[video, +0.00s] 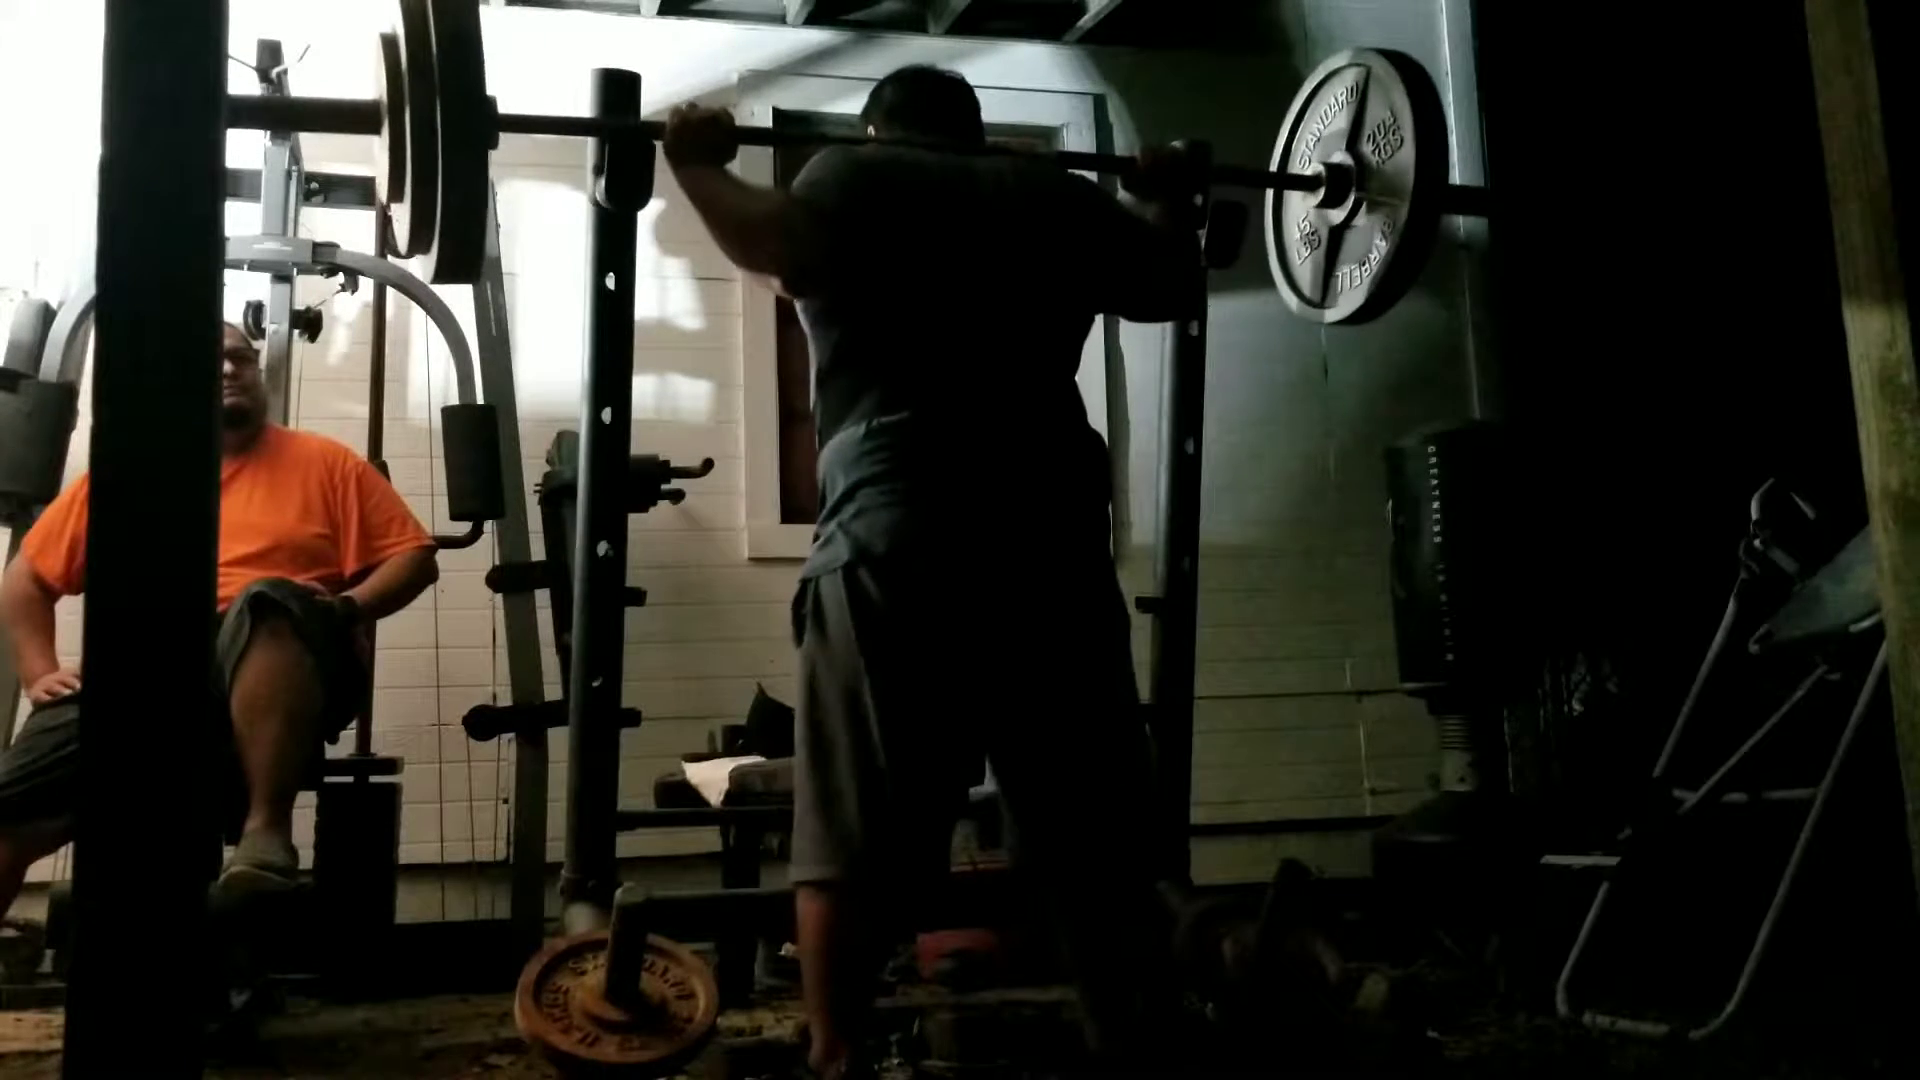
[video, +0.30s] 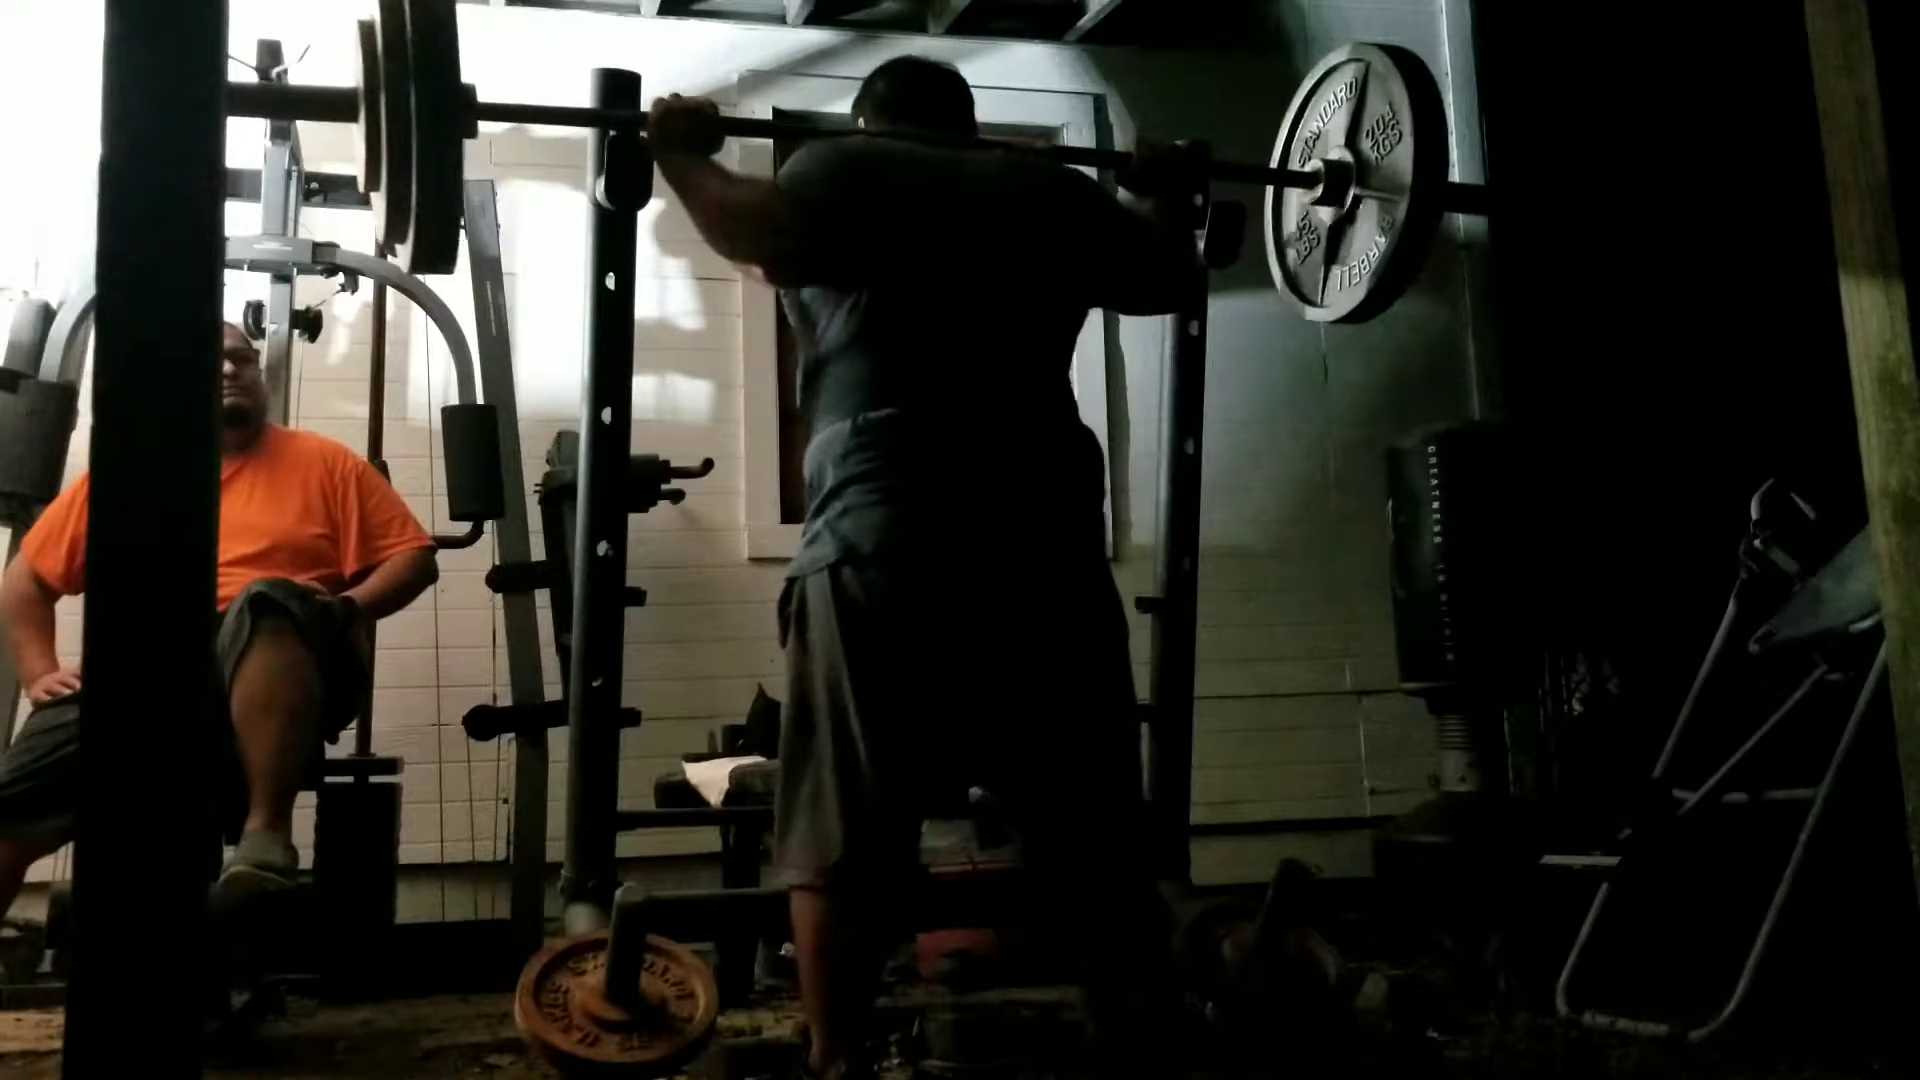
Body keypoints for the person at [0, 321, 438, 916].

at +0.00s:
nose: (230, 370)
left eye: (242, 358)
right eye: (213, 359)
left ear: (264, 375)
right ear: (186, 378)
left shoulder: (324, 463)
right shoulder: (131, 470)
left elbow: (415, 555)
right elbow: (25, 577)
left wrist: (351, 604)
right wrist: (39, 672)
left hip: (285, 667)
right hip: (146, 667)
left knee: (271, 604)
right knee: (11, 813)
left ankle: (267, 829)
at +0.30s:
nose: (230, 370)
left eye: (242, 358)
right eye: (213, 359)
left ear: (265, 377)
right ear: (186, 378)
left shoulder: (323, 463)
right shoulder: (130, 469)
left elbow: (414, 555)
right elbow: (25, 576)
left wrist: (352, 603)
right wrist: (39, 671)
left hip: (287, 667)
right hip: (146, 668)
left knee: (271, 604)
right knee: (13, 808)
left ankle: (266, 830)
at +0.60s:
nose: (231, 369)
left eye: (243, 358)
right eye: (214, 358)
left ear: (265, 378)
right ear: (186, 377)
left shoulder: (323, 463)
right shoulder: (131, 468)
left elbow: (414, 555)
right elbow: (25, 575)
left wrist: (350, 604)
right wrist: (39, 670)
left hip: (285, 668)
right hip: (145, 668)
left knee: (271, 604)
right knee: (13, 810)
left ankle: (267, 830)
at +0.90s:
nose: (231, 370)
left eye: (242, 358)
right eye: (214, 359)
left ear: (265, 376)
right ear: (187, 377)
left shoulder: (324, 463)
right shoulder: (133, 468)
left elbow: (415, 557)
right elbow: (25, 576)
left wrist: (350, 604)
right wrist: (39, 671)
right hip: (146, 666)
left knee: (271, 604)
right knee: (12, 808)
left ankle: (266, 830)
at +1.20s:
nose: (230, 370)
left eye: (241, 358)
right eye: (213, 359)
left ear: (264, 376)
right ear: (186, 377)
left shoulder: (323, 463)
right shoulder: (132, 467)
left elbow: (414, 556)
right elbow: (24, 576)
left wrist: (349, 604)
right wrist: (37, 671)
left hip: (288, 670)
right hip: (145, 667)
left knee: (271, 605)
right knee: (10, 810)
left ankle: (266, 831)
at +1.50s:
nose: (227, 371)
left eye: (239, 358)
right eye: (210, 360)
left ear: (264, 376)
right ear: (184, 379)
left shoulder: (323, 462)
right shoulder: (131, 467)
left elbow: (414, 556)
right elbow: (24, 574)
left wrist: (350, 602)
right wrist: (37, 671)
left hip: (286, 669)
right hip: (144, 666)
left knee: (272, 604)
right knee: (9, 813)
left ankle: (265, 831)